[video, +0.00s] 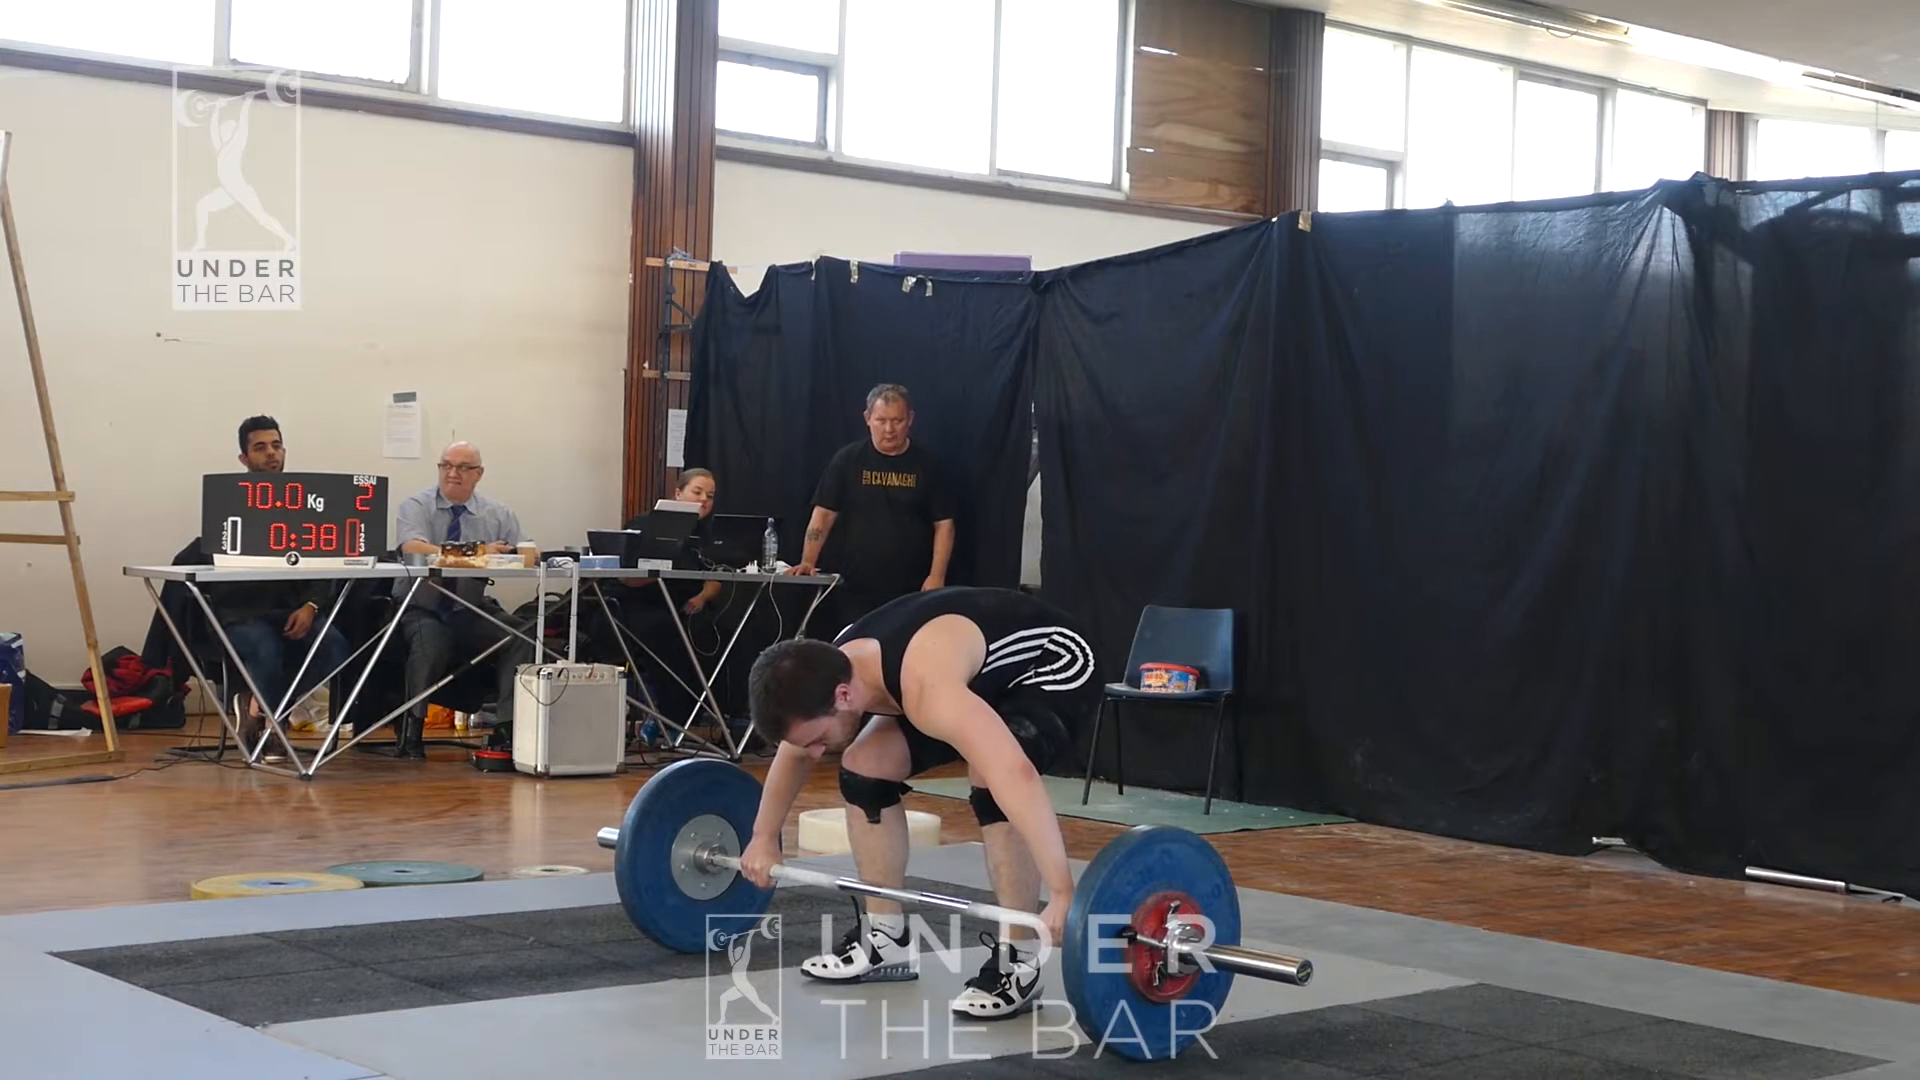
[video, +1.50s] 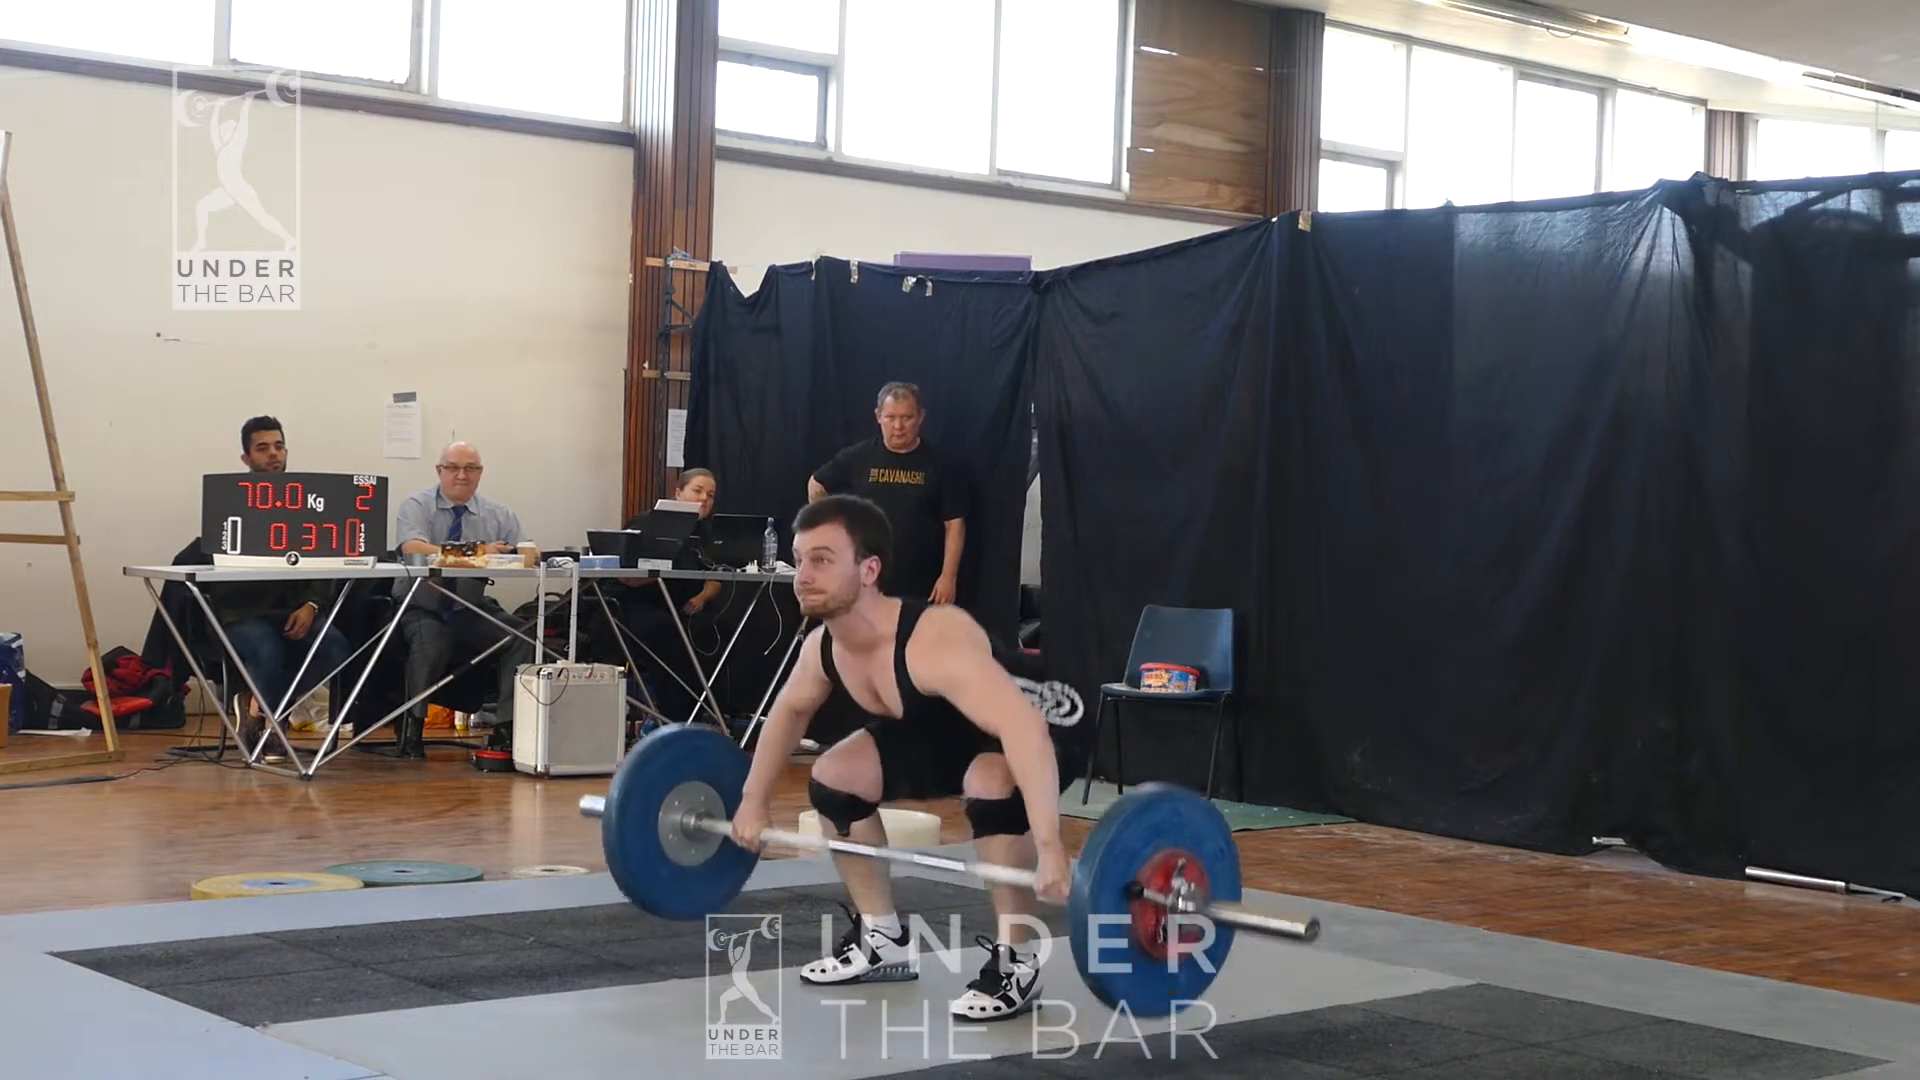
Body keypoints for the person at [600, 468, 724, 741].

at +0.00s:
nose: (704, 500)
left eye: (710, 496)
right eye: (697, 493)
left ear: (714, 502)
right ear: (679, 493)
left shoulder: (709, 532)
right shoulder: (646, 524)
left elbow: (717, 577)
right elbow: (628, 577)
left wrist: (703, 596)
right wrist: (656, 570)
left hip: (684, 606)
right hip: (643, 603)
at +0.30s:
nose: (704, 500)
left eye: (710, 496)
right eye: (697, 493)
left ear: (714, 502)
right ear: (679, 493)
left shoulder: (709, 532)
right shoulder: (646, 525)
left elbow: (717, 577)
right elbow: (629, 578)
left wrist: (703, 596)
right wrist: (659, 567)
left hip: (684, 607)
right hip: (643, 604)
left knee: (706, 633)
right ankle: (670, 720)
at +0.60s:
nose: (704, 500)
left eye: (710, 496)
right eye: (697, 492)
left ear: (714, 502)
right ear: (679, 493)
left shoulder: (707, 532)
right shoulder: (647, 525)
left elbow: (717, 578)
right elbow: (628, 578)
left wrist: (703, 596)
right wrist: (660, 568)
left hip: (683, 607)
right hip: (642, 604)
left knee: (707, 633)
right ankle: (671, 722)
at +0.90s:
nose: (704, 500)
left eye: (710, 495)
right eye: (697, 492)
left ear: (714, 502)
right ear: (678, 494)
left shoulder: (706, 534)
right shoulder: (648, 525)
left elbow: (716, 579)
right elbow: (628, 578)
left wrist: (702, 597)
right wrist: (663, 568)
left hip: (683, 610)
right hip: (643, 607)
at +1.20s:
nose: (704, 499)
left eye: (710, 495)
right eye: (697, 491)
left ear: (714, 502)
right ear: (678, 493)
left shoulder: (705, 533)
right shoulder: (648, 524)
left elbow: (716, 578)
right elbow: (629, 577)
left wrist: (702, 597)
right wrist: (664, 567)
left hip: (682, 612)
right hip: (642, 610)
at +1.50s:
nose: (704, 499)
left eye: (710, 495)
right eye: (697, 491)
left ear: (714, 502)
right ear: (678, 493)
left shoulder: (706, 534)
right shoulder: (646, 525)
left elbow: (717, 578)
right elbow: (629, 578)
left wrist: (701, 597)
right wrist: (661, 567)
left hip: (685, 614)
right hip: (643, 612)